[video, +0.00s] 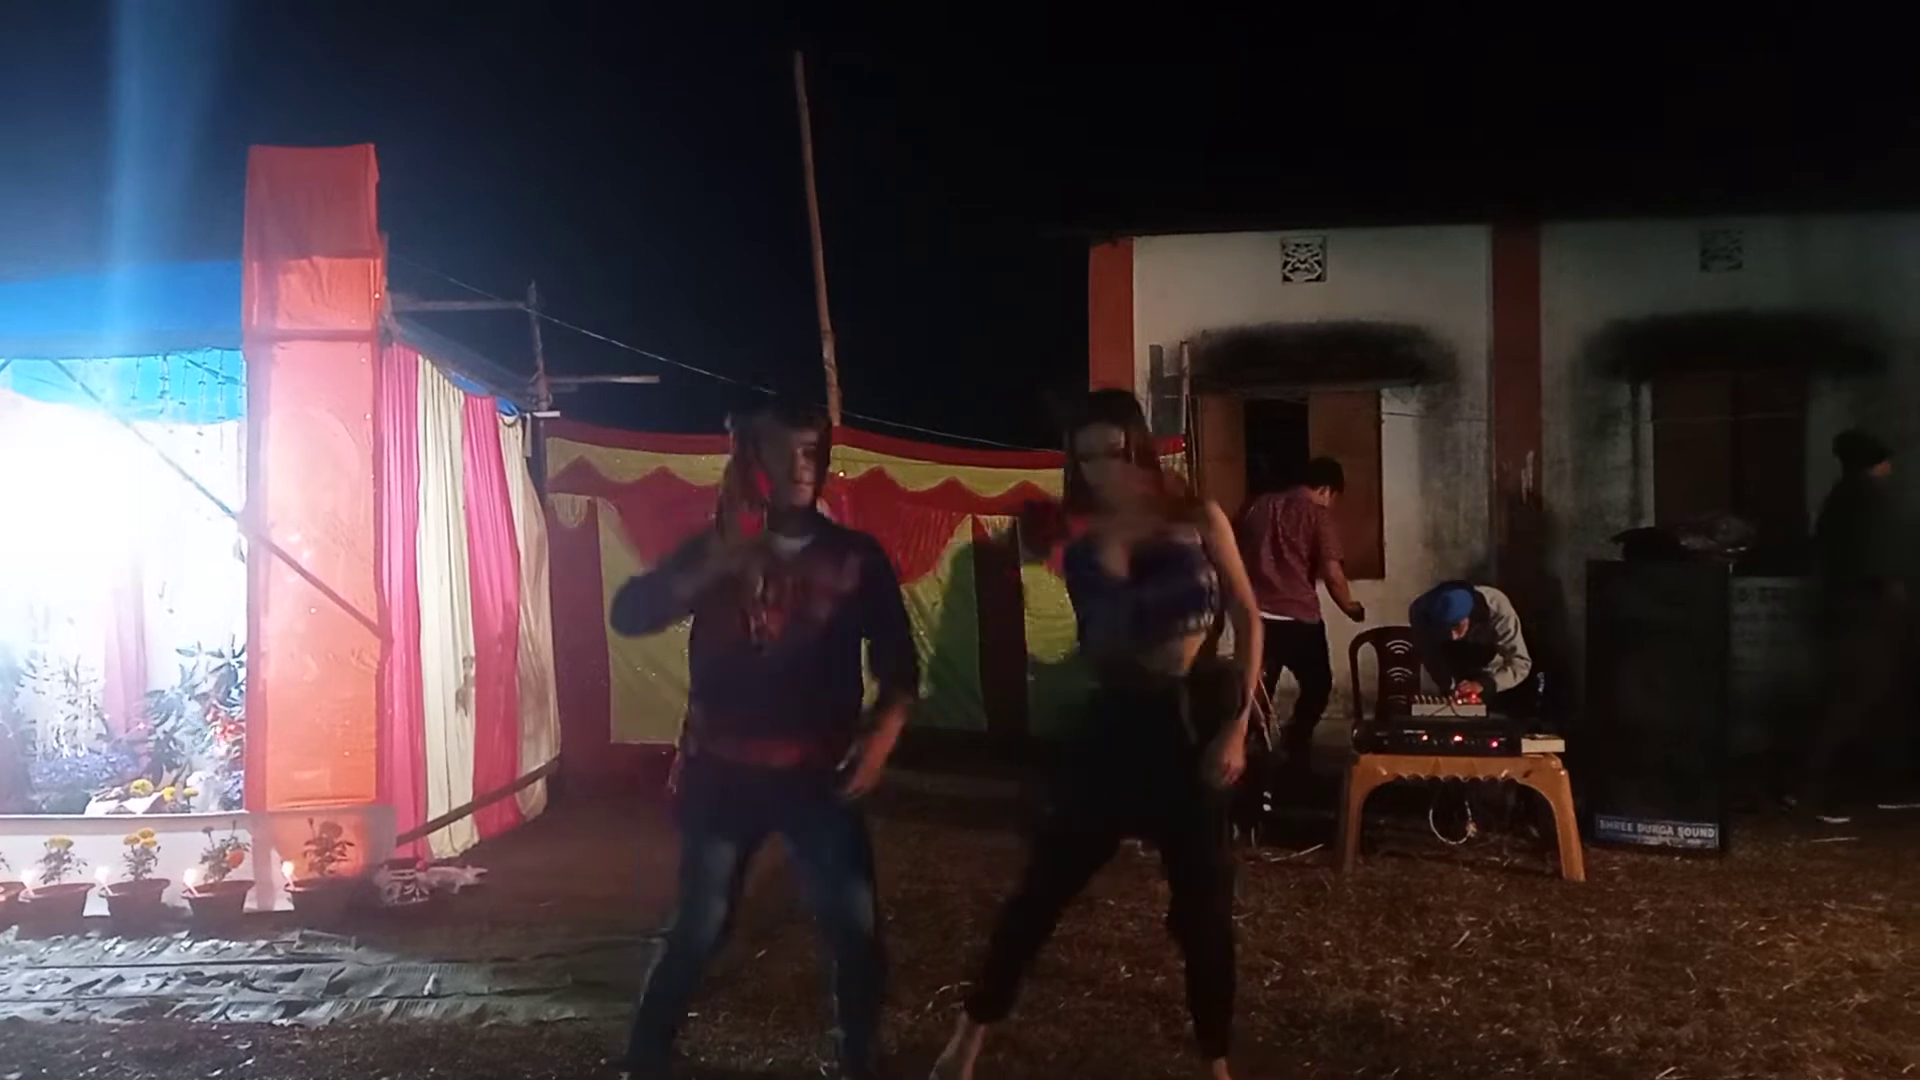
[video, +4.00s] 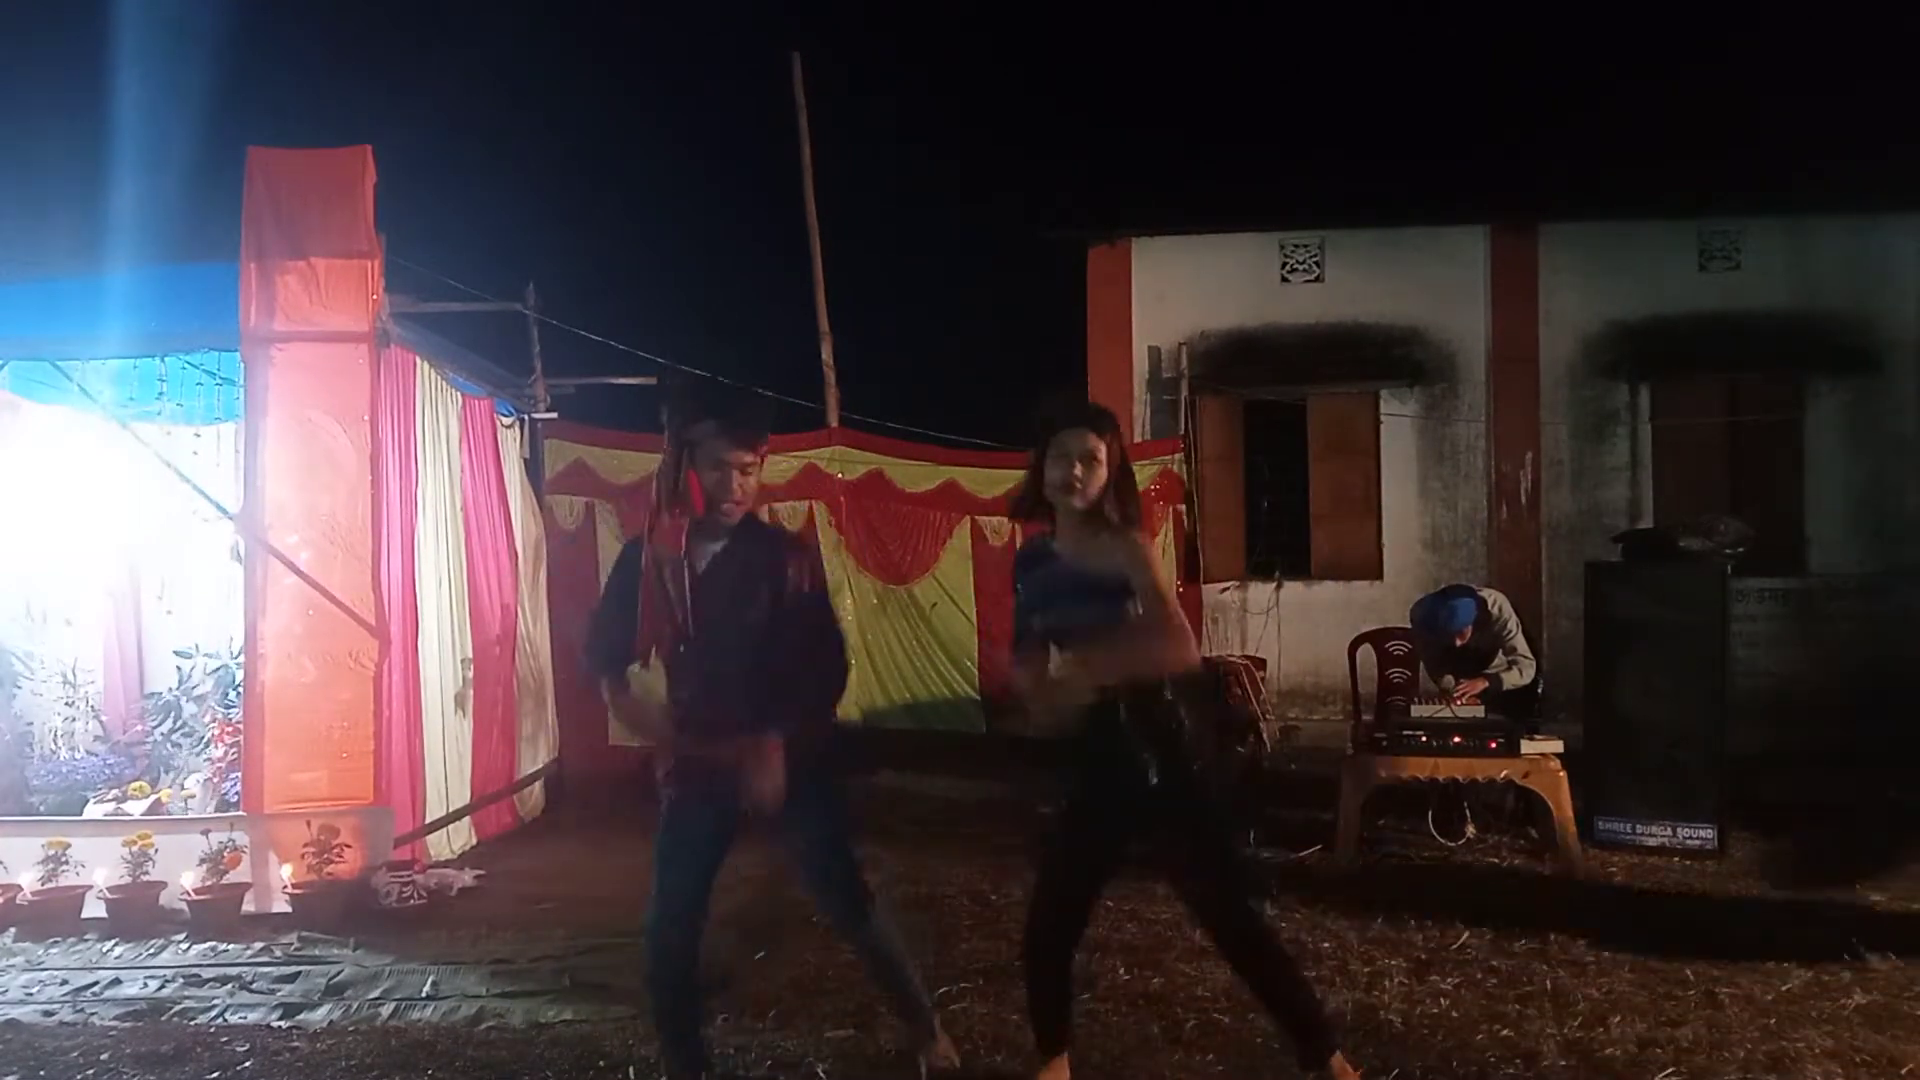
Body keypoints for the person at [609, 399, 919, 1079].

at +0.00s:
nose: (806, 469)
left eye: (814, 454)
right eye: (791, 454)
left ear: (825, 461)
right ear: (753, 460)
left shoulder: (857, 557)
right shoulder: (716, 549)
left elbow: (900, 670)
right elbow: (626, 615)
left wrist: (877, 747)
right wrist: (711, 566)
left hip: (819, 780)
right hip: (723, 776)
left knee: (857, 935)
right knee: (699, 932)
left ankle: (858, 1063)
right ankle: (642, 1063)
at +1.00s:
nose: (772, 454)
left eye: (772, 440)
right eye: (752, 441)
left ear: (773, 454)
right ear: (711, 454)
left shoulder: (777, 557)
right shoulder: (683, 521)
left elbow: (789, 696)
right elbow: (710, 601)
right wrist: (801, 632)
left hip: (676, 761)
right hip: (597, 755)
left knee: (754, 926)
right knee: (574, 940)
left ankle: (762, 1068)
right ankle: (532, 1069)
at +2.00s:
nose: (777, 450)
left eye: (787, 437)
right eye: (764, 433)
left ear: (794, 442)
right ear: (723, 430)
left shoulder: (817, 511)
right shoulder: (667, 518)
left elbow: (885, 599)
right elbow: (577, 577)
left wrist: (866, 693)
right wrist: (517, 552)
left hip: (848, 712)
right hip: (758, 725)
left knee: (894, 868)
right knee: (740, 892)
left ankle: (940, 1026)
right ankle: (724, 1050)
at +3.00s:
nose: (760, 443)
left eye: (763, 429)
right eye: (739, 431)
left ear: (769, 444)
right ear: (692, 444)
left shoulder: (770, 535)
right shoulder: (672, 509)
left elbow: (828, 593)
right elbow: (680, 588)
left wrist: (862, 599)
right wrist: (784, 589)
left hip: (675, 745)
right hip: (595, 738)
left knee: (744, 905)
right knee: (557, 923)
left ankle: (770, 1066)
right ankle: (523, 1068)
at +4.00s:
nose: (732, 486)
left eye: (745, 471)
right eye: (717, 470)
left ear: (759, 473)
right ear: (688, 471)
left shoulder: (787, 555)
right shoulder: (651, 555)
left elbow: (825, 665)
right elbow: (605, 643)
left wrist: (779, 737)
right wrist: (620, 694)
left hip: (785, 752)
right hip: (699, 756)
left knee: (843, 898)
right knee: (669, 929)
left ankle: (928, 1032)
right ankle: (684, 1065)